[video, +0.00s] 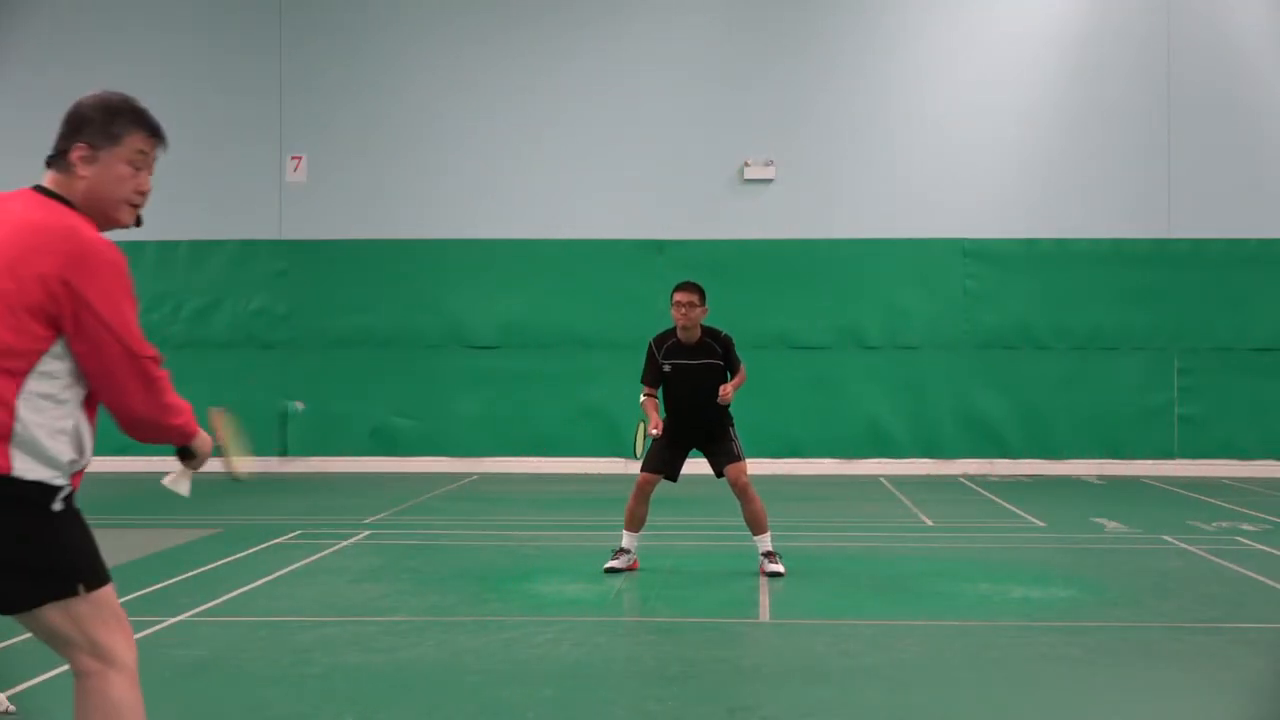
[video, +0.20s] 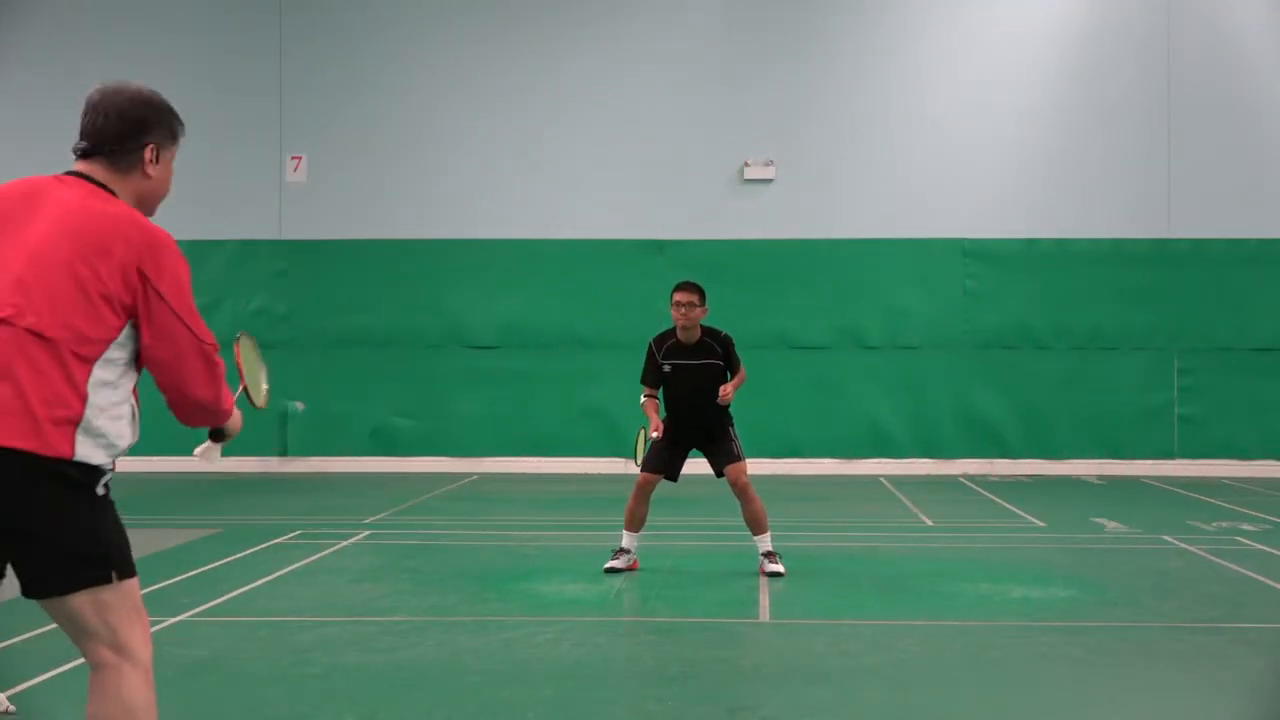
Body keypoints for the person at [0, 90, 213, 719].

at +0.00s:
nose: (147, 186)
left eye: (151, 171)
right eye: (136, 166)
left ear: (78, 162)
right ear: (80, 159)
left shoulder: (14, 213)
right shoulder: (81, 248)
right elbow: (132, 387)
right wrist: (187, 435)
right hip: (19, 485)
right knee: (105, 654)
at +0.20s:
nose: (171, 179)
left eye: (174, 162)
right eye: (173, 161)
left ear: (87, 147)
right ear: (151, 158)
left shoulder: (8, 197)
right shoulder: (141, 242)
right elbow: (191, 382)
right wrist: (221, 412)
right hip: (40, 459)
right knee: (119, 652)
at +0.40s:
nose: (146, 171)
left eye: (146, 156)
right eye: (146, 156)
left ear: (61, 150)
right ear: (131, 158)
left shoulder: (4, 199)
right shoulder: (143, 242)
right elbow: (191, 367)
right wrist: (213, 416)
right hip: (65, 465)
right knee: (153, 618)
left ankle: (5, 701)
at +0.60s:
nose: (151, 182)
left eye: (151, 170)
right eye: (151, 170)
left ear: (67, 165)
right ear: (139, 171)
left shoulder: (6, 212)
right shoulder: (162, 252)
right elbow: (210, 391)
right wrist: (193, 420)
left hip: (2, 459)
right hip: (103, 471)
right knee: (152, 652)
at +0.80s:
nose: (168, 194)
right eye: (169, 182)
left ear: (88, 175)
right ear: (159, 183)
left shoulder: (26, 218)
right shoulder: (193, 266)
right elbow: (225, 404)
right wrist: (190, 422)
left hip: (20, 452)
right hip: (134, 466)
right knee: (162, 647)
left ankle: (3, 702)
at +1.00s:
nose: (164, 203)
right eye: (164, 191)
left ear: (83, 185)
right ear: (155, 192)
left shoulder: (21, 227)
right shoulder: (186, 272)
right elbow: (223, 407)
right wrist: (179, 445)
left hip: (20, 460)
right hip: (136, 471)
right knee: (163, 644)